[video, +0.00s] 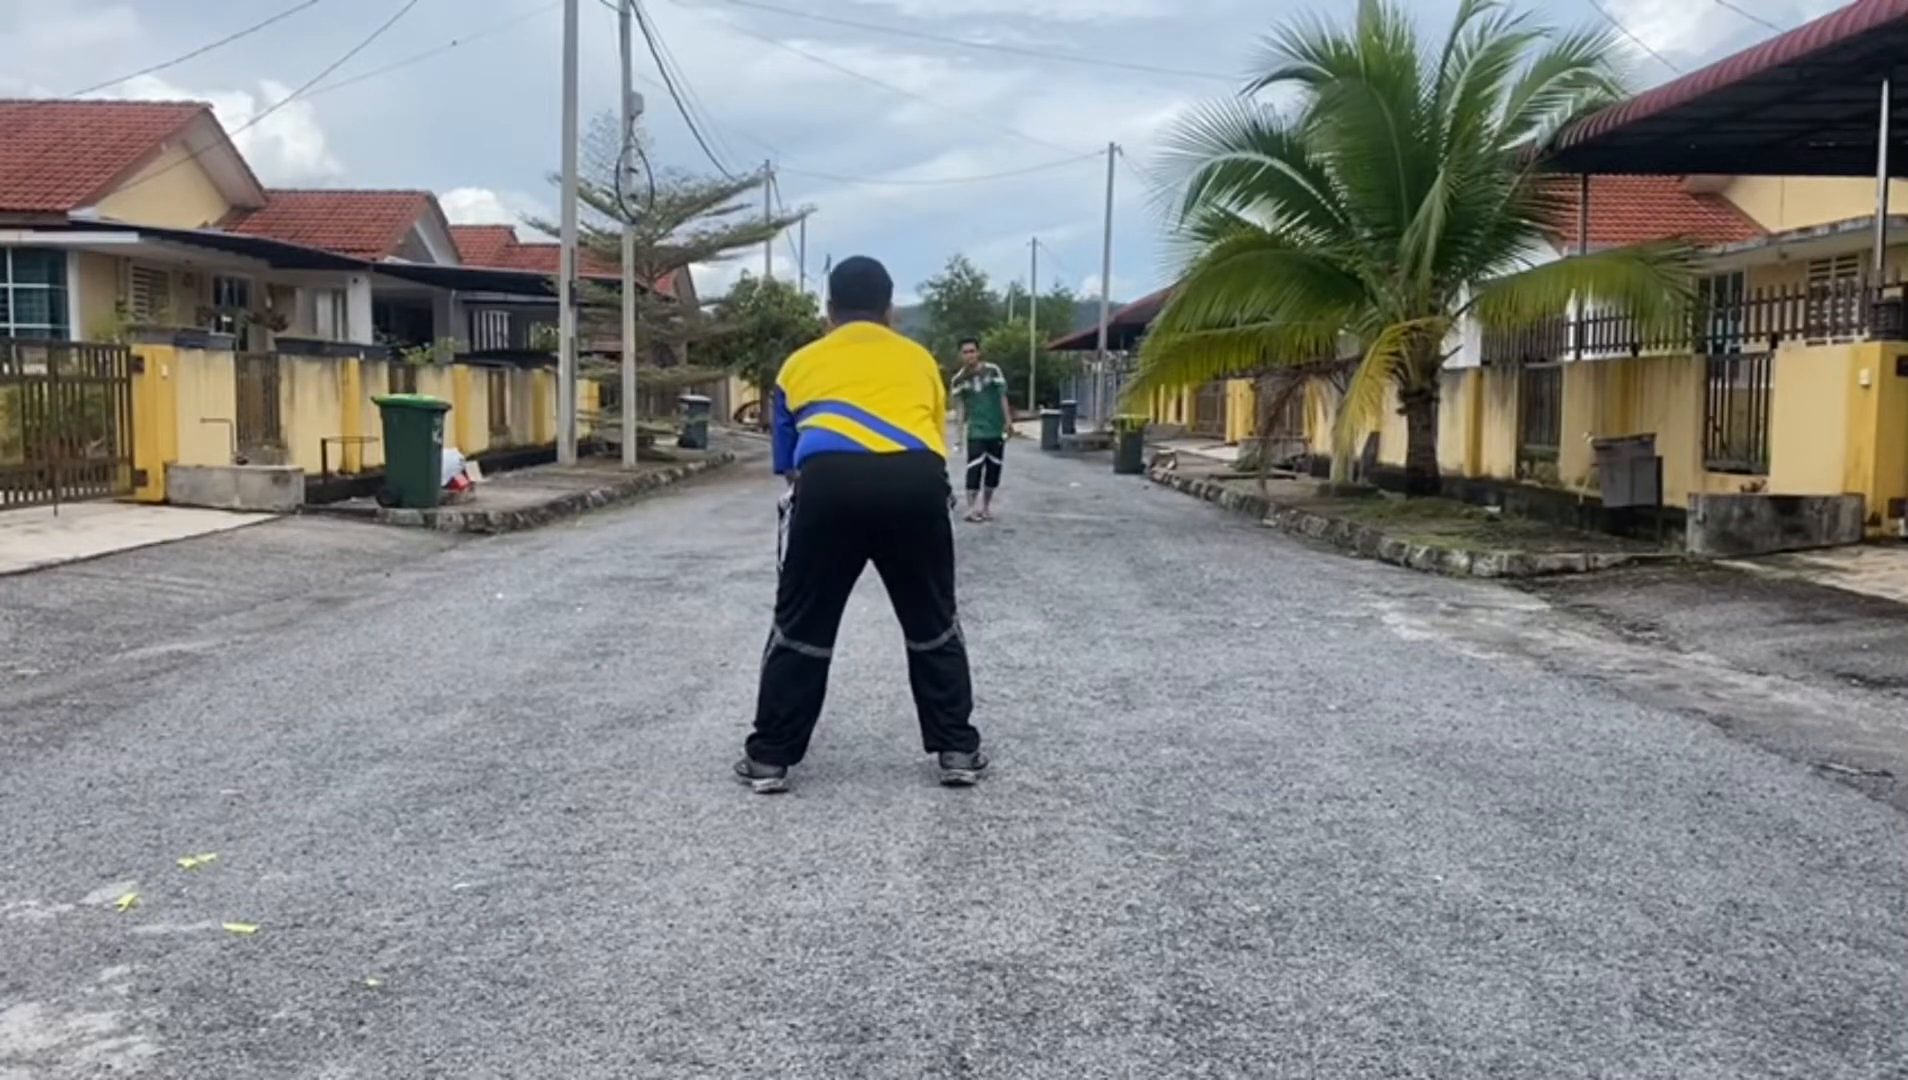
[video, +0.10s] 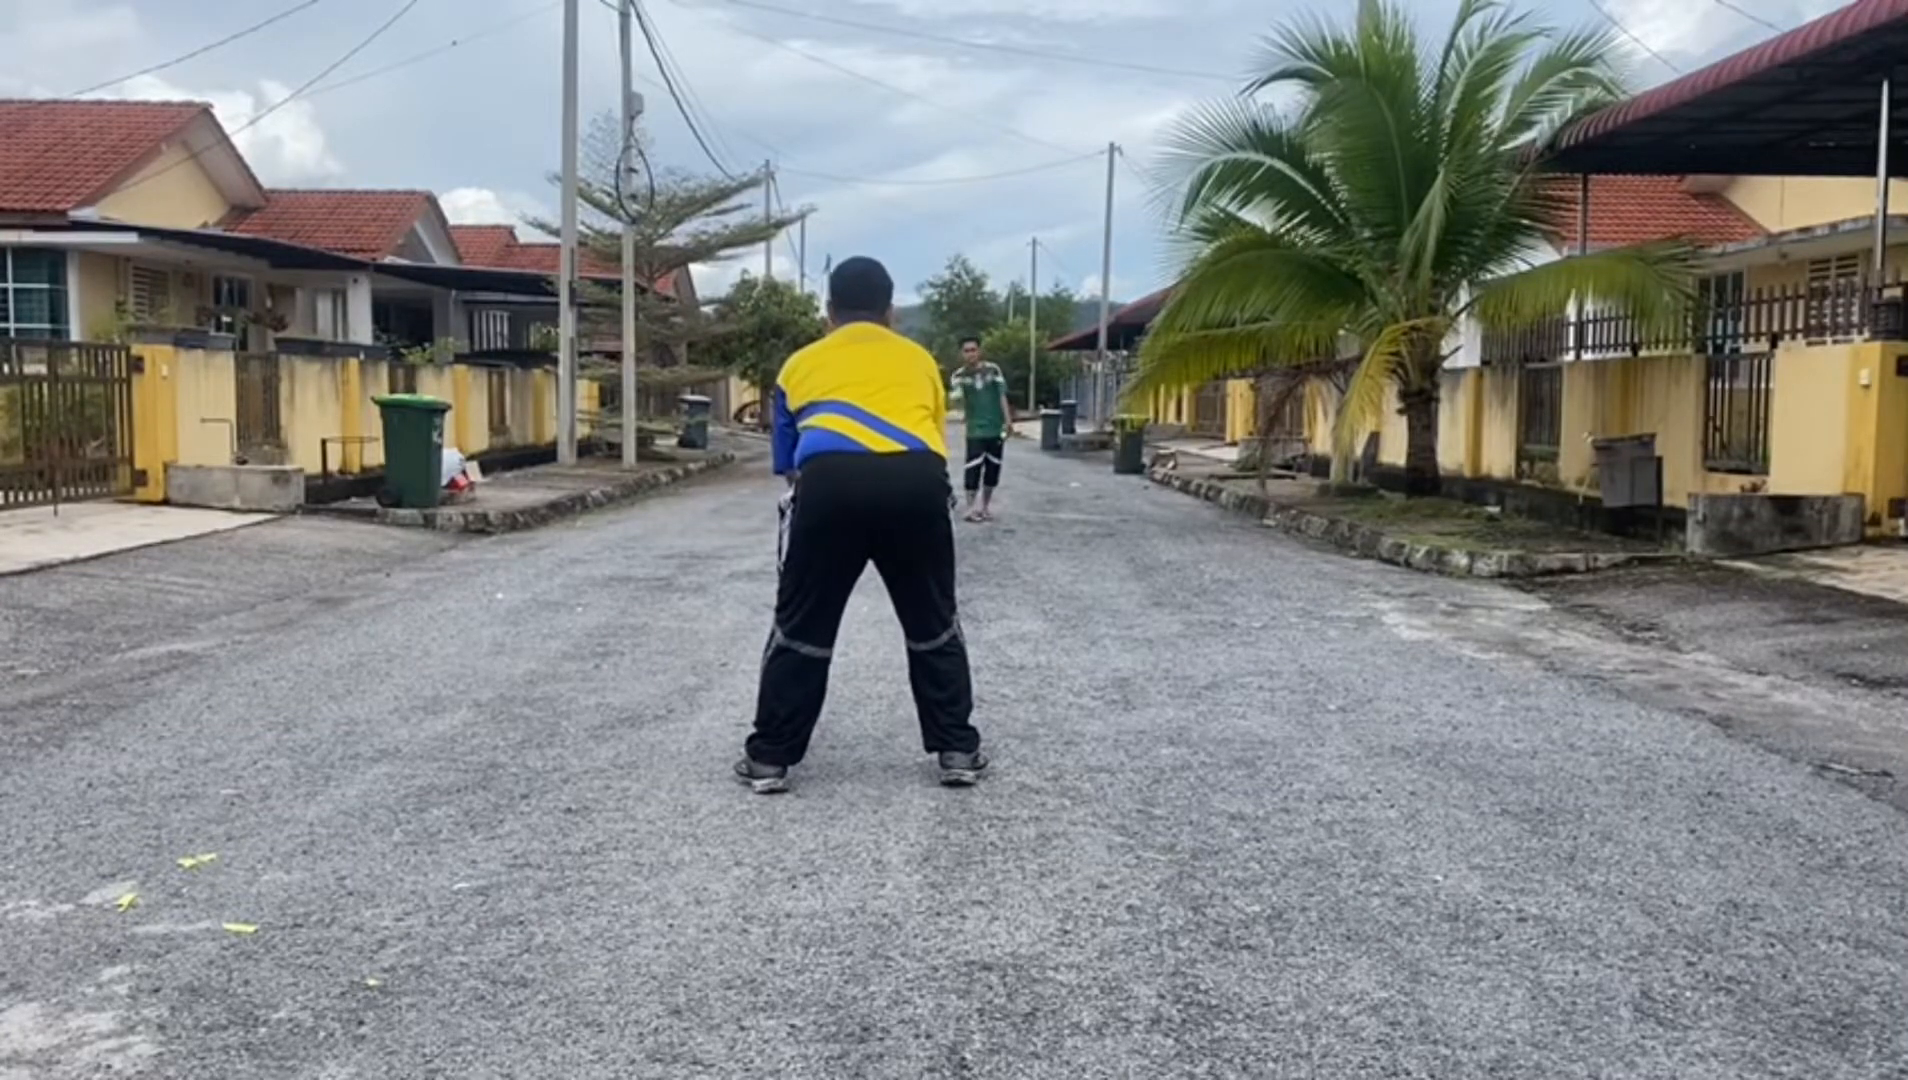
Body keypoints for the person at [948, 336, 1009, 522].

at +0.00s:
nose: (969, 355)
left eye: (972, 351)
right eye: (965, 352)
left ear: (978, 352)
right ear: (961, 356)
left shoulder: (993, 371)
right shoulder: (959, 380)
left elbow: (1003, 397)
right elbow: (960, 410)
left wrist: (1008, 421)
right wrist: (959, 436)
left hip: (996, 428)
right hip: (975, 430)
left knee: (993, 470)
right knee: (974, 468)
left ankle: (986, 507)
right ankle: (971, 507)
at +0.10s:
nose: (970, 354)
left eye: (973, 350)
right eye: (966, 351)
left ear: (980, 351)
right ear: (962, 354)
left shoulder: (993, 370)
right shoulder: (959, 377)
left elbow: (1002, 396)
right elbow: (956, 403)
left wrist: (1007, 420)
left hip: (995, 428)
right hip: (974, 429)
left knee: (992, 470)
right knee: (972, 469)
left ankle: (985, 507)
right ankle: (970, 507)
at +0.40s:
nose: (976, 351)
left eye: (979, 347)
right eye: (972, 347)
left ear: (985, 349)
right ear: (966, 351)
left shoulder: (992, 371)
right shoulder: (965, 369)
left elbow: (999, 398)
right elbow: (958, 351)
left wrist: (1006, 421)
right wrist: (962, 324)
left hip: (992, 424)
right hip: (974, 423)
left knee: (990, 468)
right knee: (972, 467)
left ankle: (984, 506)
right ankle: (971, 507)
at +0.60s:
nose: (978, 352)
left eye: (981, 348)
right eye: (974, 348)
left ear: (987, 350)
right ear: (968, 352)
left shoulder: (994, 372)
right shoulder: (965, 371)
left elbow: (999, 400)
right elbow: (955, 376)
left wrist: (1005, 422)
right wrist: (961, 353)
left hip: (990, 427)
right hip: (971, 426)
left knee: (988, 469)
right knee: (970, 468)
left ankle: (984, 506)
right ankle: (970, 507)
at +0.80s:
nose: (979, 352)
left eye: (982, 348)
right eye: (975, 348)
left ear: (988, 351)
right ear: (968, 351)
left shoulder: (995, 373)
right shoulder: (961, 373)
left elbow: (999, 401)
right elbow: (958, 397)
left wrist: (1002, 424)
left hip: (990, 429)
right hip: (969, 429)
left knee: (988, 470)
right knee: (970, 470)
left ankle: (983, 506)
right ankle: (971, 507)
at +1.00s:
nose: (979, 354)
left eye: (982, 350)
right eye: (975, 350)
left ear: (988, 352)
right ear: (969, 353)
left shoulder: (996, 373)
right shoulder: (961, 374)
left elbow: (1001, 401)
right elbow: (958, 400)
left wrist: (1005, 424)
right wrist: (957, 421)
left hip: (992, 428)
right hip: (971, 429)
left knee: (989, 470)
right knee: (971, 469)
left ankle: (983, 506)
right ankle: (971, 507)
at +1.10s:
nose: (978, 356)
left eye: (982, 351)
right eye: (975, 352)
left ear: (988, 353)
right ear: (969, 354)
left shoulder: (997, 374)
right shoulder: (961, 375)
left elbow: (1002, 401)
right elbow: (958, 399)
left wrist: (1006, 423)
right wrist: (957, 418)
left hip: (992, 428)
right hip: (971, 428)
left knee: (989, 469)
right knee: (970, 468)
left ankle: (983, 505)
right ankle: (971, 505)